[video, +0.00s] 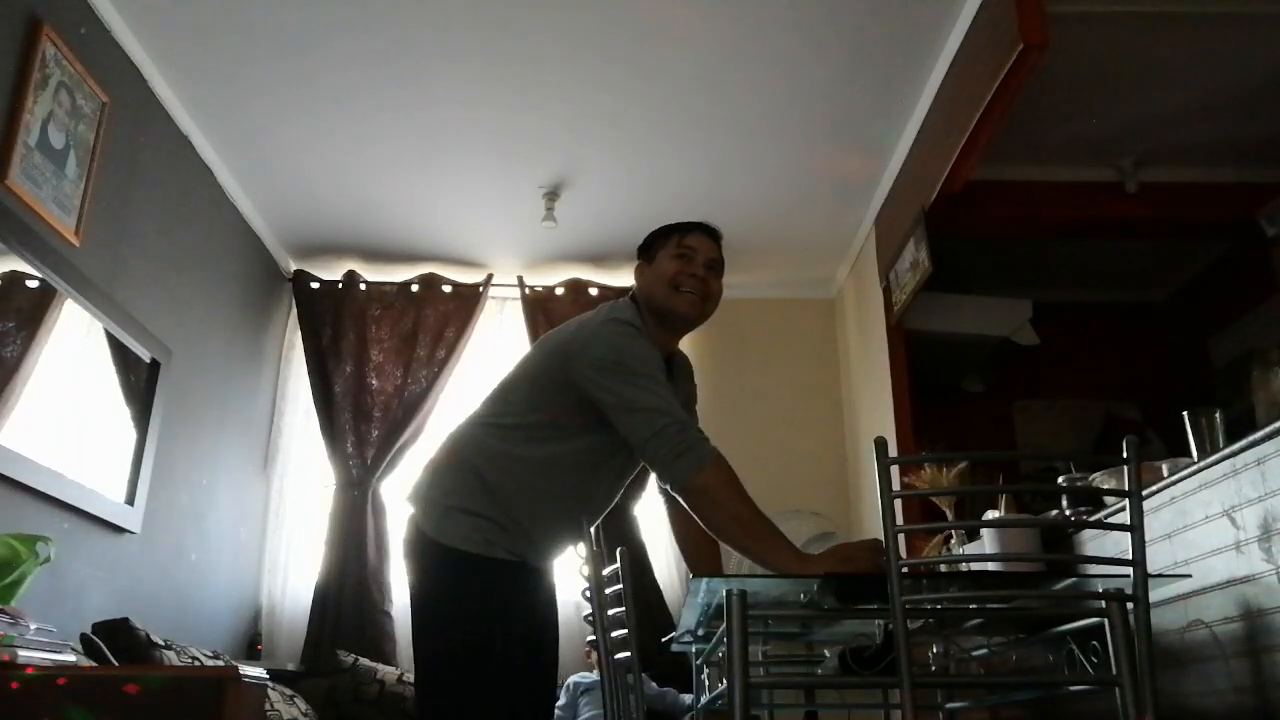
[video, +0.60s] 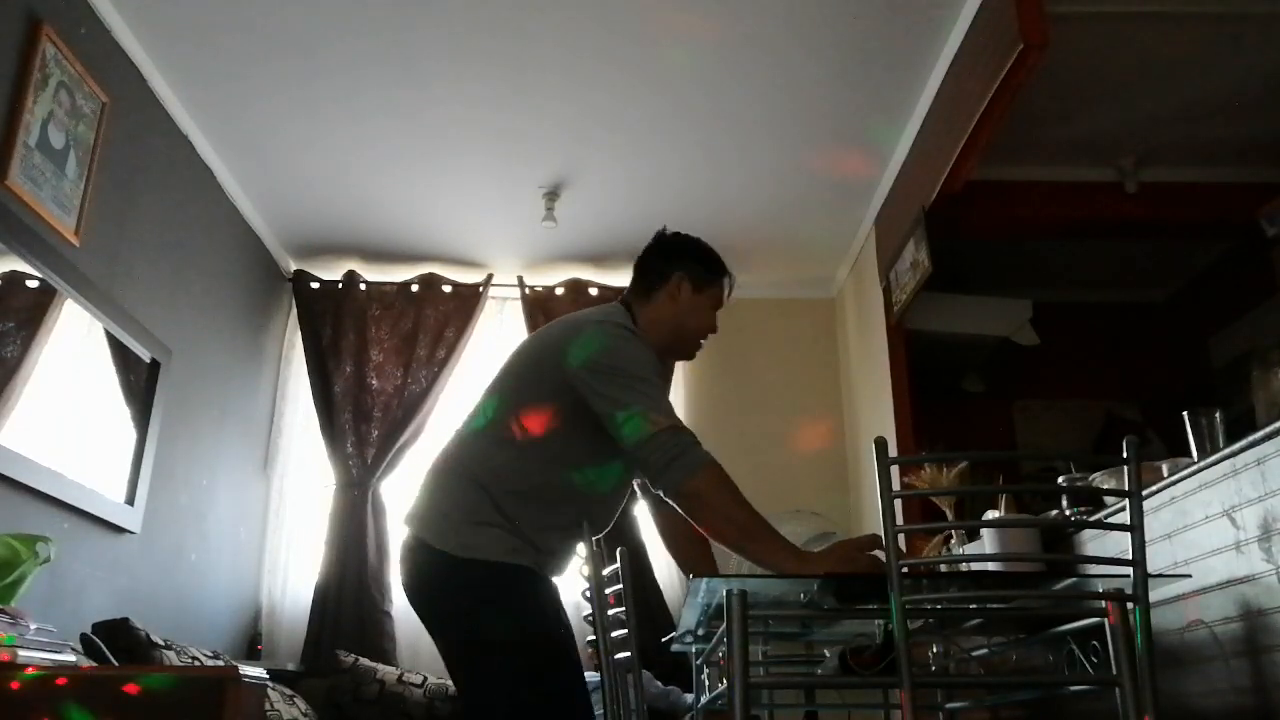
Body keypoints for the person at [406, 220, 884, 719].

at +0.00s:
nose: (698, 271)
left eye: (712, 267)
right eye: (682, 256)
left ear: (717, 294)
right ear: (641, 271)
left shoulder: (675, 375)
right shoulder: (611, 338)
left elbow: (688, 497)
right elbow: (692, 468)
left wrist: (716, 599)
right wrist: (801, 564)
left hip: (523, 550)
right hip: (463, 534)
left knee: (526, 704)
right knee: (470, 706)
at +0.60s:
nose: (714, 327)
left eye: (718, 312)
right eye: (714, 307)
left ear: (671, 290)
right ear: (679, 289)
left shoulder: (624, 355)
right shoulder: (605, 342)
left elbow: (671, 499)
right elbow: (686, 474)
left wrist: (718, 599)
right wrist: (803, 562)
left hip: (505, 563)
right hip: (473, 560)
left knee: (550, 712)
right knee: (546, 714)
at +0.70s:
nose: (685, 325)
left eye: (690, 308)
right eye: (689, 305)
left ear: (626, 281)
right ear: (668, 290)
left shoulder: (579, 335)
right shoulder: (599, 333)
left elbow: (656, 487)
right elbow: (682, 456)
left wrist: (722, 579)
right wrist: (799, 547)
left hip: (470, 563)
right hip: (484, 566)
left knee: (520, 714)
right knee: (555, 713)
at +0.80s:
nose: (656, 286)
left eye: (660, 275)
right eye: (660, 272)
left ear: (595, 250)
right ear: (645, 261)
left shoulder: (547, 299)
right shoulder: (596, 295)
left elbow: (607, 449)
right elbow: (635, 416)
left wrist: (708, 500)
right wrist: (771, 464)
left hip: (462, 537)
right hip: (498, 541)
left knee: (520, 707)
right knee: (552, 708)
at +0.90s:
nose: (642, 242)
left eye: (644, 231)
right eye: (645, 229)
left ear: (585, 202)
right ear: (639, 216)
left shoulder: (534, 248)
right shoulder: (598, 237)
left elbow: (565, 397)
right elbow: (605, 353)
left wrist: (673, 420)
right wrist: (725, 378)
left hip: (461, 484)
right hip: (501, 490)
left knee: (491, 679)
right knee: (530, 684)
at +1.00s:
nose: (623, 204)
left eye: (625, 197)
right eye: (623, 195)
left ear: (556, 174)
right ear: (615, 184)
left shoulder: (500, 228)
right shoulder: (599, 205)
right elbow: (611, 327)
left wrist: (633, 357)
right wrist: (667, 374)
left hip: (440, 459)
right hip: (504, 459)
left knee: (473, 654)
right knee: (523, 662)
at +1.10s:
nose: (602, 213)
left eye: (603, 205)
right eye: (604, 204)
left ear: (531, 189)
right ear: (593, 196)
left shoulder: (472, 245)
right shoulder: (584, 226)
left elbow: (469, 361)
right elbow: (613, 360)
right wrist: (640, 369)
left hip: (429, 489)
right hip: (510, 488)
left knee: (469, 681)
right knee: (521, 682)